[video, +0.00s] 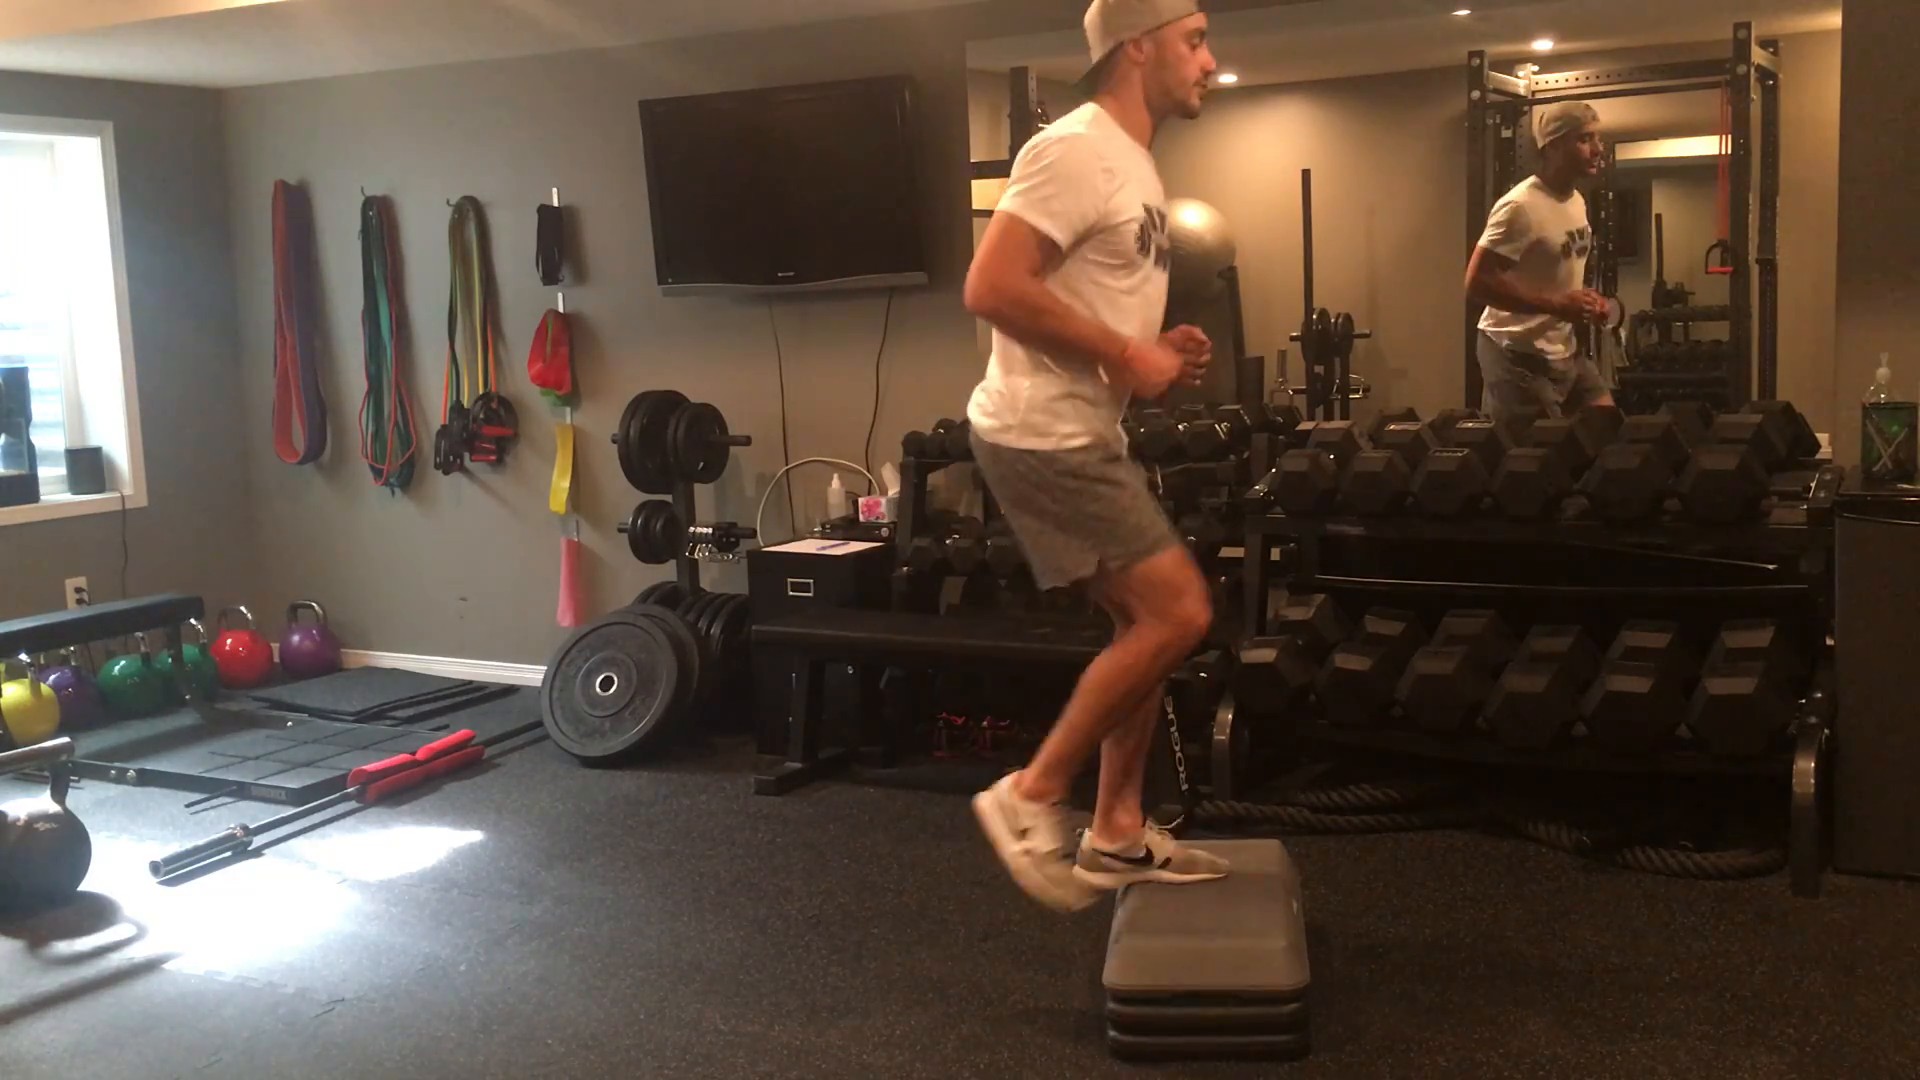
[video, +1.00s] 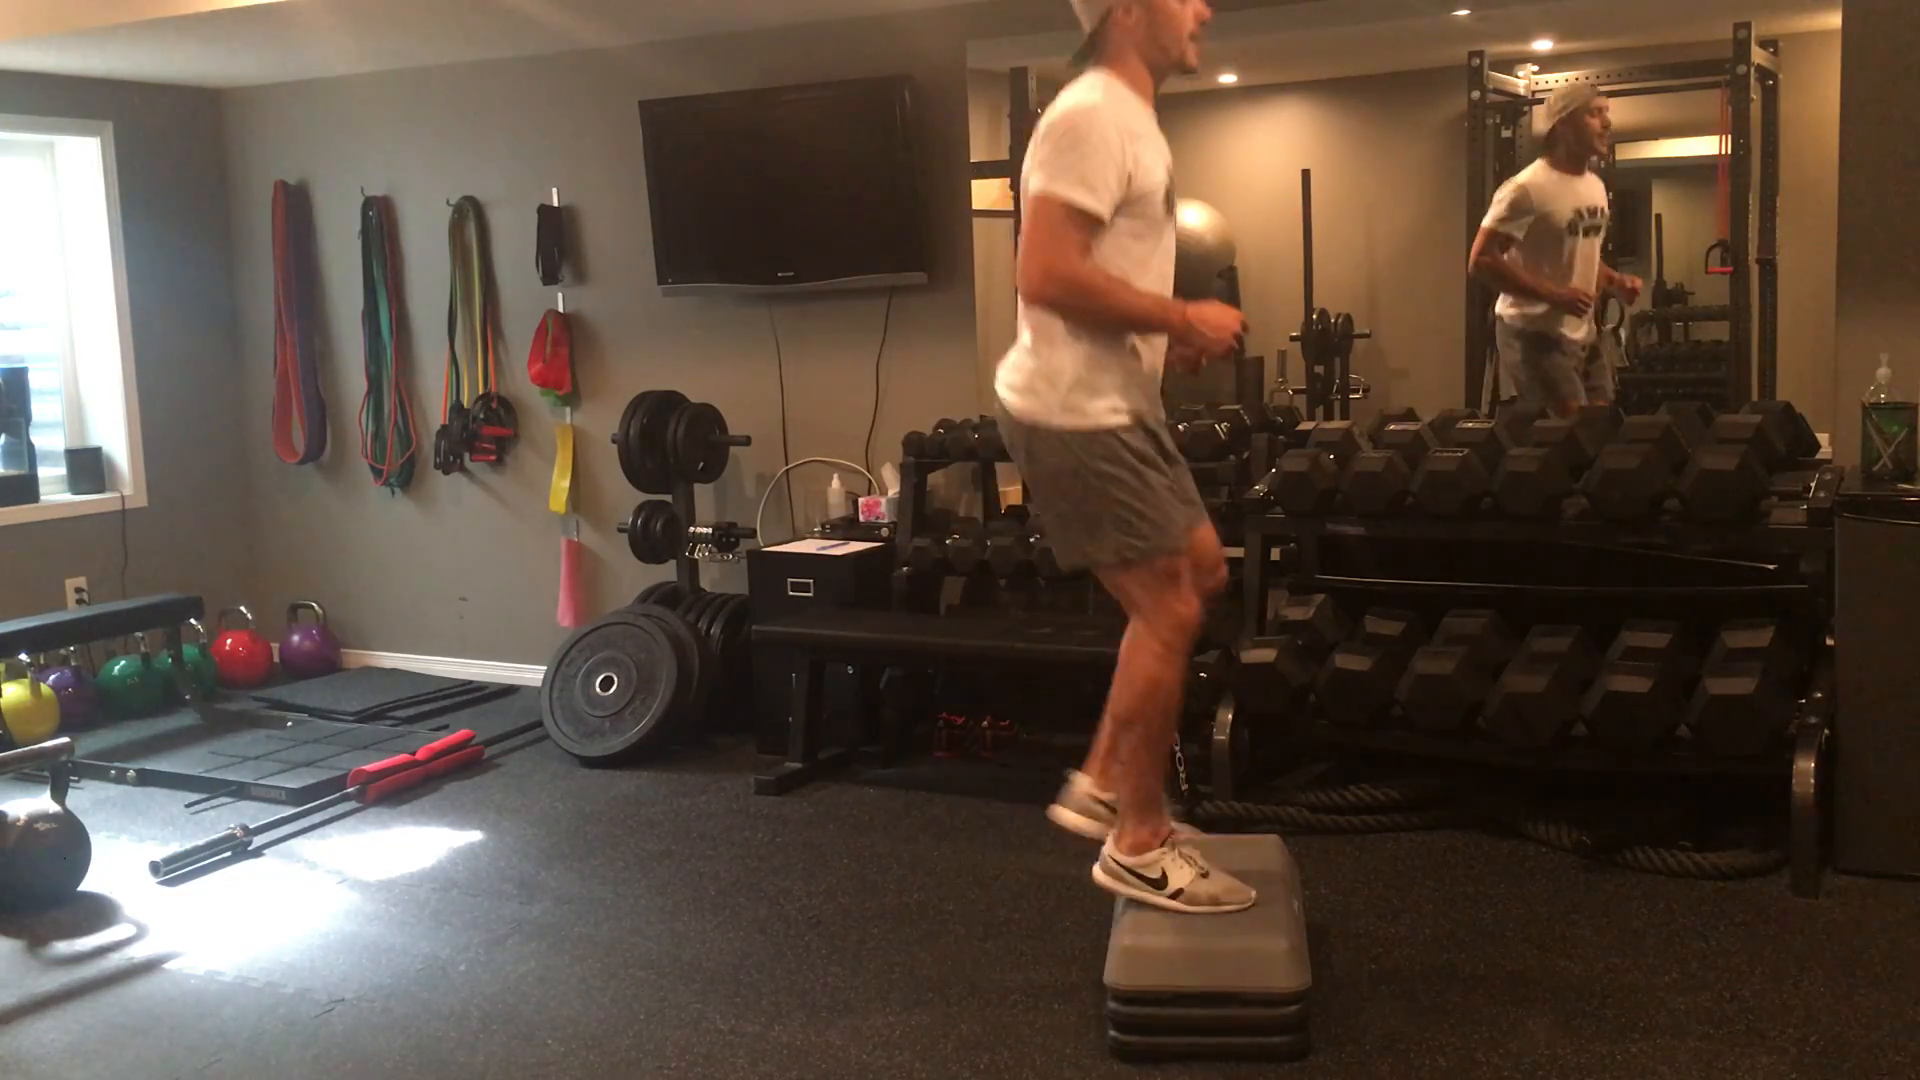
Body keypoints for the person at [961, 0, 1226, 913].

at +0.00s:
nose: (1210, 62)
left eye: (1206, 43)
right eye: (1194, 41)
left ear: (1145, 53)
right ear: (1138, 52)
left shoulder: (1131, 162)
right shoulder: (1079, 148)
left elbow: (1071, 304)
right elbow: (991, 286)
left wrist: (1151, 344)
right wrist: (1127, 353)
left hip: (1080, 426)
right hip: (1041, 429)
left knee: (1148, 620)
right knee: (1178, 612)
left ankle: (1118, 828)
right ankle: (1029, 795)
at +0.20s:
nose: (1177, 109)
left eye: (1174, 92)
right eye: (1163, 92)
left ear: (1116, 103)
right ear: (1113, 102)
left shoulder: (1095, 198)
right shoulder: (1059, 193)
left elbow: (1031, 338)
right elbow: (983, 336)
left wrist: (1111, 379)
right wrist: (1098, 404)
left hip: (1060, 468)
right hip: (1002, 478)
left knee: (1185, 579)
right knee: (1015, 709)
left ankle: (1097, 774)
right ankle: (931, 923)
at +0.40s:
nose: (1150, 147)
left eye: (1147, 129)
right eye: (1135, 130)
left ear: (1085, 144)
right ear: (1080, 143)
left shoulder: (1071, 242)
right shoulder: (1029, 243)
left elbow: (1020, 394)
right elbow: (968, 396)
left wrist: (1086, 487)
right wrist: (1080, 490)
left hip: (1044, 522)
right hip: (994, 530)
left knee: (1120, 674)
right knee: (1043, 730)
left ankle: (990, 862)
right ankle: (918, 932)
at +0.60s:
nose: (1155, 158)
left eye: (1151, 139)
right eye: (1137, 142)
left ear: (1092, 162)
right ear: (1082, 161)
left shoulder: (1081, 262)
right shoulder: (1039, 262)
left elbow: (1043, 408)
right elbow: (946, 393)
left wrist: (1141, 436)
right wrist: (1051, 502)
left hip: (1012, 534)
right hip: (1021, 534)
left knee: (1033, 737)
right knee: (1217, 645)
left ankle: (944, 924)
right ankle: (1051, 809)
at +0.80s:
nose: (1186, 69)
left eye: (1178, 52)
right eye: (1166, 54)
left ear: (1124, 80)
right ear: (1112, 79)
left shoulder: (1121, 182)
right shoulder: (1074, 181)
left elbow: (1076, 332)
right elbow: (1001, 331)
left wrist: (1166, 352)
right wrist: (1142, 379)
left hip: (1068, 461)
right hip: (1077, 466)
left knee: (1124, 650)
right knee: (1224, 630)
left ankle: (986, 836)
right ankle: (1141, 850)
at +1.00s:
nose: (1204, 15)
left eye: (1201, 3)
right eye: (1188, 0)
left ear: (1134, 17)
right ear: (1129, 10)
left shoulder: (1131, 116)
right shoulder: (1088, 112)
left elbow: (1089, 276)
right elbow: (1045, 273)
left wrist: (1179, 324)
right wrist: (1179, 316)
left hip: (1115, 399)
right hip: (1075, 407)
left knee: (1202, 568)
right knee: (1167, 606)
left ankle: (1103, 780)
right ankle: (1138, 838)